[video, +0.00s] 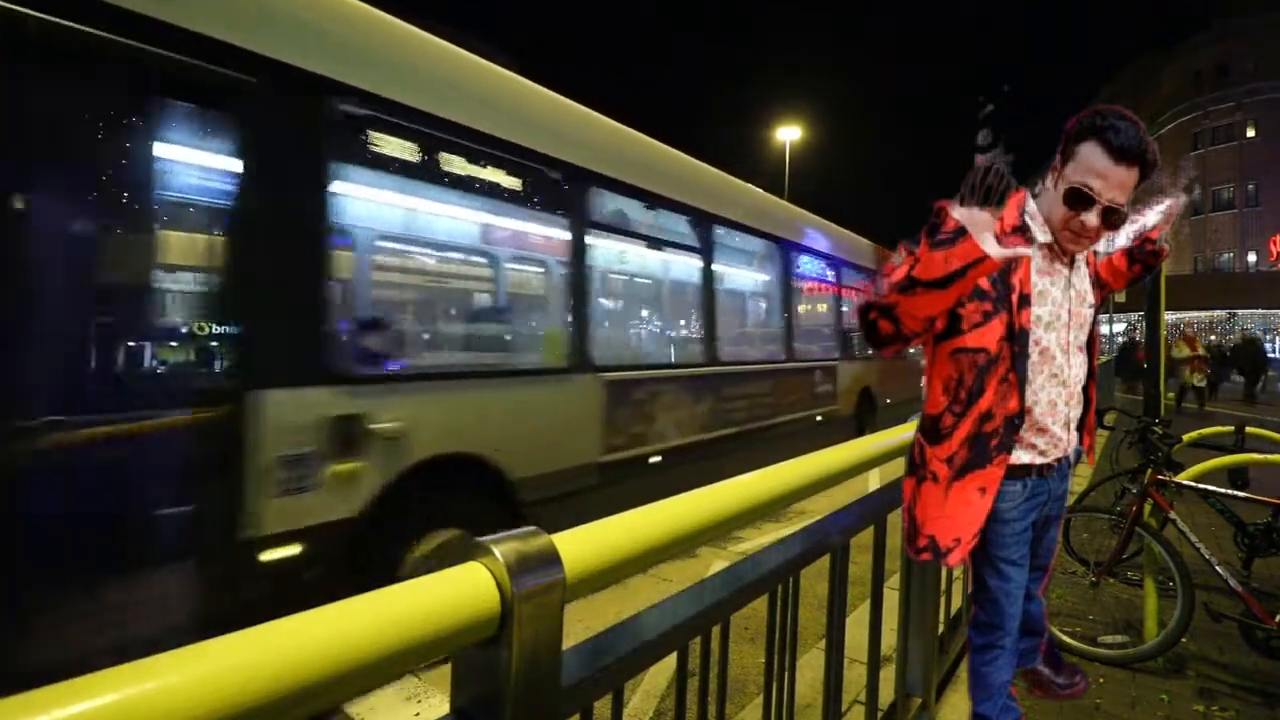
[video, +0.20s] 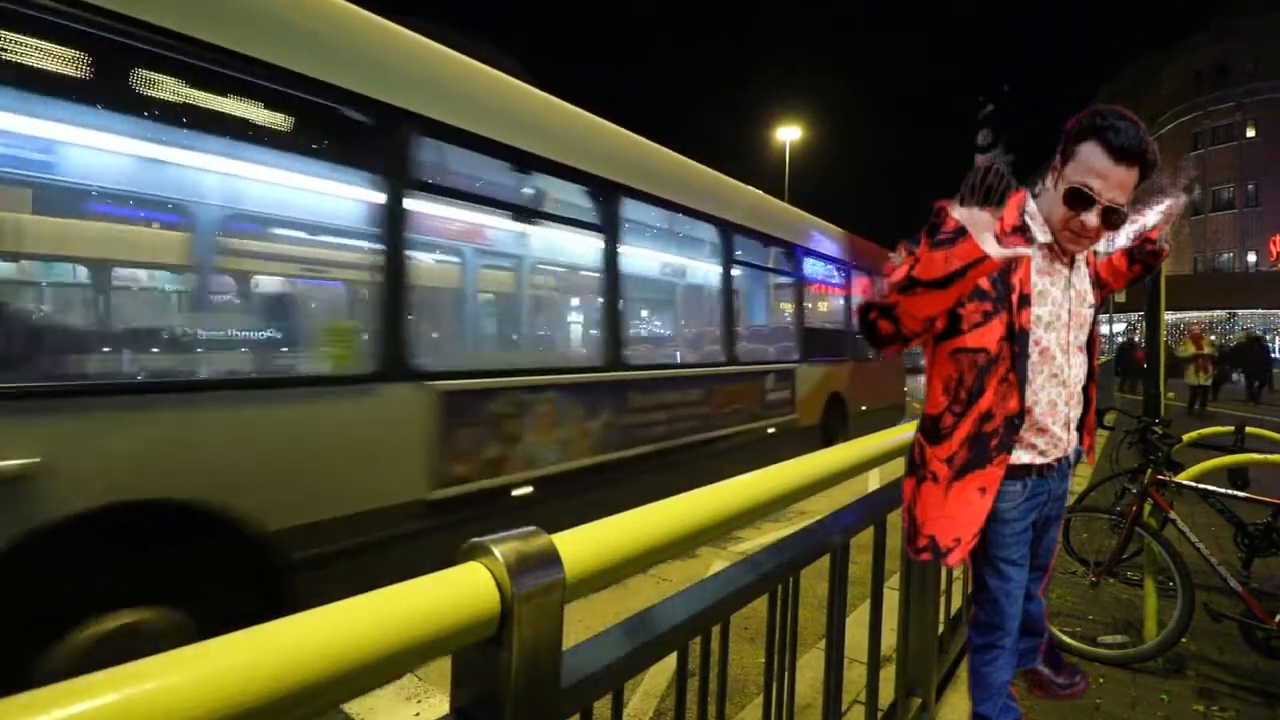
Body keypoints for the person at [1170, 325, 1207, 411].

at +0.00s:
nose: (1190, 334)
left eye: (1191, 331)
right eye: (1187, 331)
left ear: (1193, 332)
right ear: (1183, 332)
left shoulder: (1197, 343)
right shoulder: (1179, 343)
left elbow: (1204, 353)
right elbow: (1174, 355)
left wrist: (1199, 355)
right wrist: (1190, 355)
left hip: (1198, 369)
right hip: (1185, 369)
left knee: (1200, 388)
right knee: (1183, 387)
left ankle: (1201, 406)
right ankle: (1178, 406)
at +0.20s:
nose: (1196, 332)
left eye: (1197, 330)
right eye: (1193, 330)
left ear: (1200, 331)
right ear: (1190, 332)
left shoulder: (1205, 341)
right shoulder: (1187, 342)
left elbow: (1214, 351)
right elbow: (1179, 353)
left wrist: (1204, 352)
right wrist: (1193, 353)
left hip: (1206, 373)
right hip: (1192, 373)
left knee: (1205, 394)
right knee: (1193, 393)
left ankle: (1202, 410)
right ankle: (1190, 410)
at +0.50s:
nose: (1202, 334)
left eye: (1204, 332)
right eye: (1200, 332)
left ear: (1207, 333)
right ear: (1196, 334)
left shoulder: (1213, 344)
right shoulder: (1193, 346)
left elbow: (1223, 355)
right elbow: (1189, 359)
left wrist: (1214, 356)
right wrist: (1203, 357)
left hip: (1214, 372)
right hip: (1201, 373)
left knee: (1211, 394)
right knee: (1207, 394)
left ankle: (1207, 412)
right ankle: (1205, 414)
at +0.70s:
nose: (1211, 330)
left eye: (1213, 328)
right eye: (1208, 329)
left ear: (1215, 328)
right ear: (1203, 330)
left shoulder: (1221, 341)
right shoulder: (1200, 343)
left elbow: (1231, 352)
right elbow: (1195, 355)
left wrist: (1224, 350)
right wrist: (1212, 351)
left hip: (1222, 375)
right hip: (1208, 376)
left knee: (1221, 396)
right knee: (1209, 397)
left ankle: (1220, 413)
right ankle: (1208, 414)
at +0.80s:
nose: (1213, 332)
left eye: (1214, 329)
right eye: (1210, 330)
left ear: (1217, 329)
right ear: (1205, 331)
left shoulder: (1224, 341)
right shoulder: (1201, 344)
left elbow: (1237, 352)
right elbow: (1196, 355)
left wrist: (1228, 349)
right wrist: (1215, 351)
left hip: (1226, 379)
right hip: (1211, 379)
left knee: (1230, 400)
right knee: (1210, 400)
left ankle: (1229, 416)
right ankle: (1208, 416)